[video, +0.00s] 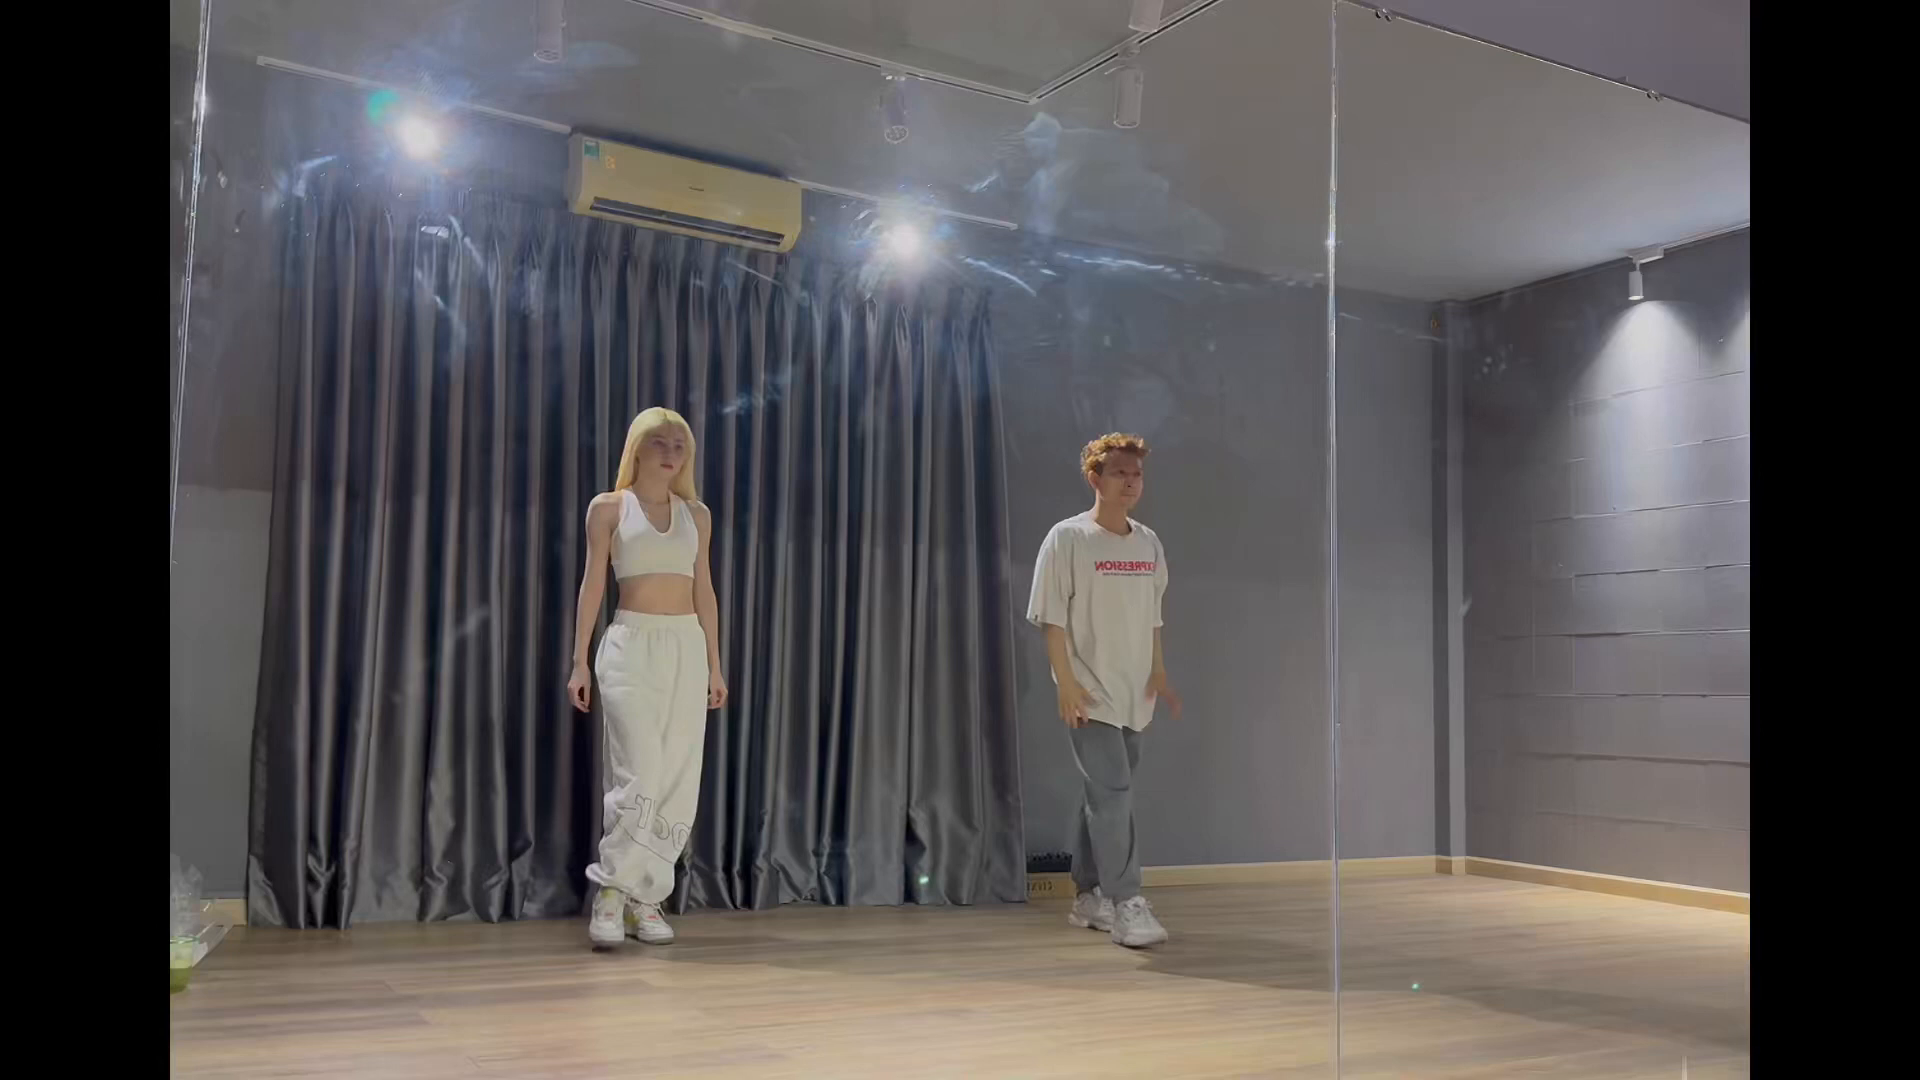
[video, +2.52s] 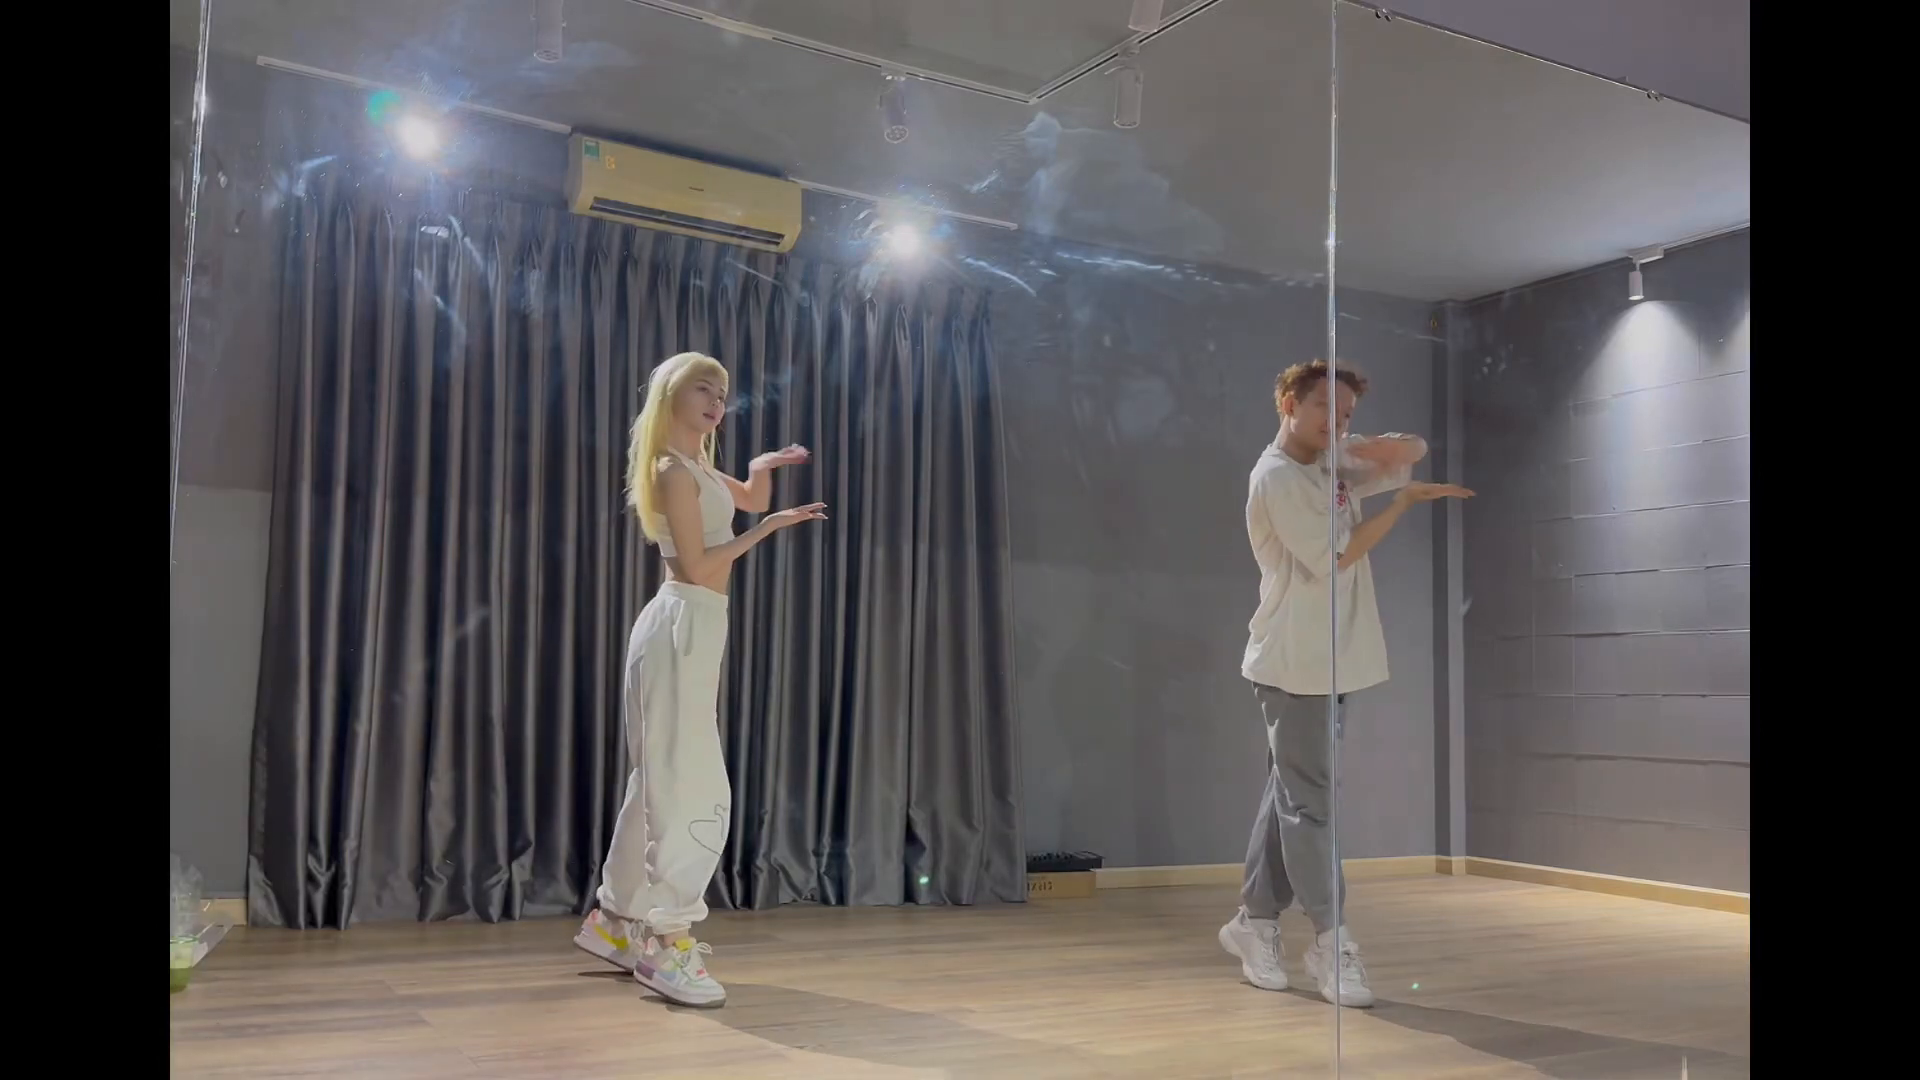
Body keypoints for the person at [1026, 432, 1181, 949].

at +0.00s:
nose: (1130, 481)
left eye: (1137, 473)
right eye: (1119, 472)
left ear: (1144, 481)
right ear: (1094, 477)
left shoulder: (1148, 542)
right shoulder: (1066, 538)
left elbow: (1152, 617)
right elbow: (1052, 620)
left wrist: (1158, 671)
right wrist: (1065, 684)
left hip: (1135, 689)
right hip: (1088, 688)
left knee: (1104, 792)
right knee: (1112, 791)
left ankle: (1088, 895)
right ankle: (1128, 902)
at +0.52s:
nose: (1139, 482)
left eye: (1145, 474)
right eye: (1128, 473)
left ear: (1152, 481)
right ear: (1103, 478)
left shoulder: (1157, 547)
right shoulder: (1070, 532)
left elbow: (1177, 611)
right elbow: (1013, 571)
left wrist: (1228, 635)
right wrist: (1059, 606)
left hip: (1145, 692)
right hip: (1092, 689)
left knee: (1121, 794)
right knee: (1117, 790)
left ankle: (1088, 896)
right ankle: (1112, 900)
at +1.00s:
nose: (1186, 509)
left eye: (1183, 500)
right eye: (1177, 500)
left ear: (1152, 507)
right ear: (1148, 505)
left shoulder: (1178, 564)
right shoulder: (1122, 561)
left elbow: (1252, 563)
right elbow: (1188, 611)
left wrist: (1236, 511)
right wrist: (1252, 606)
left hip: (1196, 722)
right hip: (1142, 727)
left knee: (1212, 825)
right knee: (1156, 846)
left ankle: (1189, 934)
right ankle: (1122, 906)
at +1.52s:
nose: (1254, 508)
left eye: (1261, 499)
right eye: (1241, 499)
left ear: (1275, 507)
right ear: (1215, 506)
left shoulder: (1285, 572)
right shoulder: (1205, 551)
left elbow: (1285, 635)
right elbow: (1210, 517)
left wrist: (1291, 587)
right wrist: (1275, 538)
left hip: (1262, 720)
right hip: (1207, 706)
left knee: (1293, 851)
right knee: (1282, 795)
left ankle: (1193, 938)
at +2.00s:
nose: (1318, 423)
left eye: (1326, 414)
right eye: (1306, 413)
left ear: (1337, 425)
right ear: (1277, 423)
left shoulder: (1356, 494)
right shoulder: (1247, 496)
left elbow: (1418, 482)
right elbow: (1257, 568)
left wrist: (1340, 474)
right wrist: (1293, 513)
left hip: (1353, 676)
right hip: (1279, 680)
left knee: (1318, 814)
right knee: (1312, 813)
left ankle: (1267, 934)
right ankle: (1340, 948)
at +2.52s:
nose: (1337, 424)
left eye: (1344, 415)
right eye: (1327, 410)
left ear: (1345, 418)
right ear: (1291, 407)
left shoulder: (1334, 461)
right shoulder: (1276, 478)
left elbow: (1414, 449)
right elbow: (1332, 556)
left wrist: (1367, 451)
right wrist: (1404, 500)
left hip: (1334, 659)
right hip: (1291, 663)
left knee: (1293, 794)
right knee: (1309, 800)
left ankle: (1252, 923)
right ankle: (1332, 943)